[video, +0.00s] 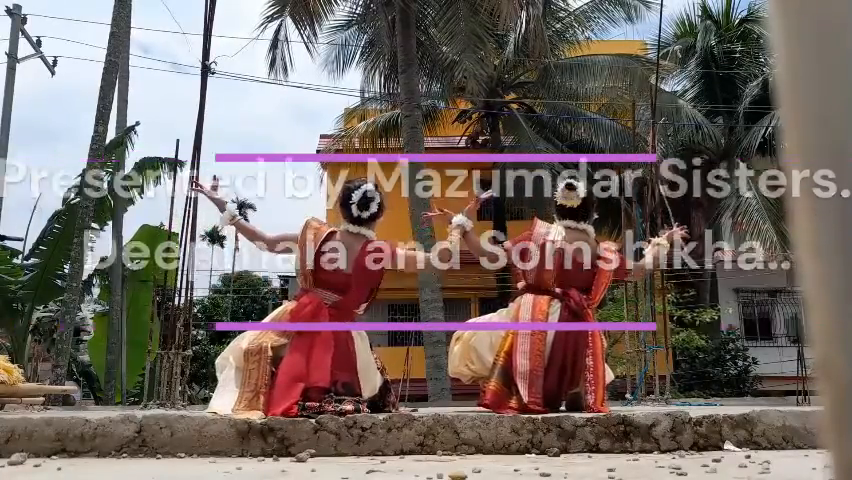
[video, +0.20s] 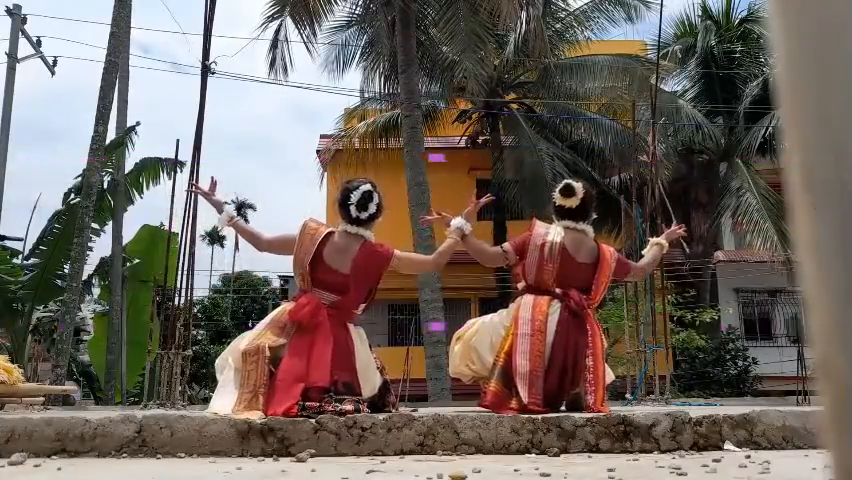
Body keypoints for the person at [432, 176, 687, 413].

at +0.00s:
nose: (571, 212)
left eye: (566, 205)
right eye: (576, 207)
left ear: (555, 207)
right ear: (588, 211)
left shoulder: (537, 235)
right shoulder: (595, 246)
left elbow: (492, 256)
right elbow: (636, 269)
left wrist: (464, 229)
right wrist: (662, 242)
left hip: (531, 314)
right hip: (576, 321)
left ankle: (522, 399)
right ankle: (578, 397)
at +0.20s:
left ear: (557, 208)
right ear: (590, 213)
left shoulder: (539, 236)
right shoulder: (602, 253)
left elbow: (494, 257)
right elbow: (640, 270)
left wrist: (462, 233)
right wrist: (662, 242)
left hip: (528, 322)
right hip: (576, 328)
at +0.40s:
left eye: (554, 205)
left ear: (552, 209)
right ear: (586, 213)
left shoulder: (533, 236)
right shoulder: (598, 254)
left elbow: (490, 258)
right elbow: (636, 276)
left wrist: (458, 236)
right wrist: (660, 250)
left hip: (527, 324)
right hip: (575, 331)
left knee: (471, 338)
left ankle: (514, 396)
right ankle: (576, 396)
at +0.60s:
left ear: (545, 208)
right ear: (580, 213)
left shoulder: (522, 238)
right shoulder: (593, 254)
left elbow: (479, 262)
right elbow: (631, 280)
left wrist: (447, 245)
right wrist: (655, 264)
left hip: (520, 329)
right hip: (572, 335)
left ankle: (513, 397)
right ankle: (572, 397)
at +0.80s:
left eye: (534, 207)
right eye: (558, 207)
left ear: (531, 210)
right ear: (566, 212)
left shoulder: (510, 242)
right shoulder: (585, 251)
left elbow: (469, 267)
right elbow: (623, 282)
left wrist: (434, 254)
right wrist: (653, 268)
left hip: (517, 334)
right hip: (569, 336)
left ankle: (510, 398)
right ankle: (569, 397)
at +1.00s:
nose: (511, 213)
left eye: (513, 208)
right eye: (521, 207)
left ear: (517, 211)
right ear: (551, 212)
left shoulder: (495, 244)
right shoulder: (573, 248)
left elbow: (453, 269)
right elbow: (616, 279)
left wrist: (421, 255)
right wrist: (649, 266)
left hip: (512, 333)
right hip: (566, 333)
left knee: (510, 404)